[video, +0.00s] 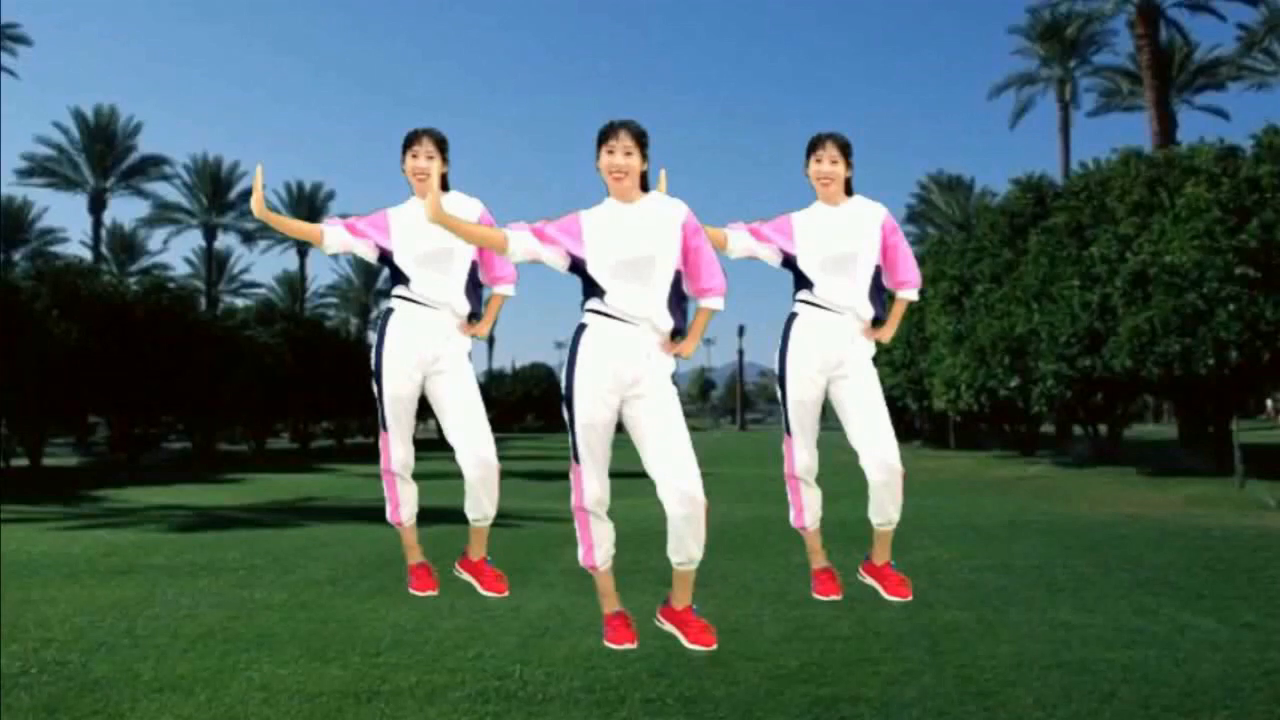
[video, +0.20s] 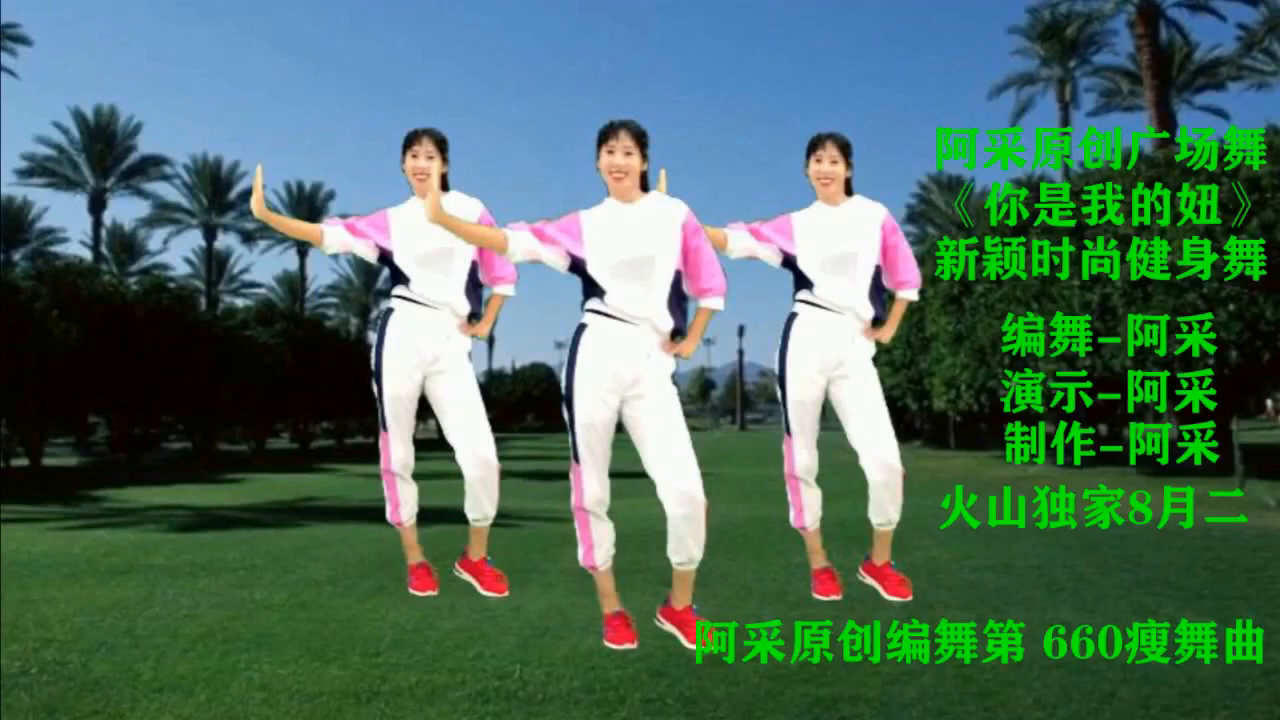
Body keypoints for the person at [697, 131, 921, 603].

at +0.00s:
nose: (825, 168)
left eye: (833, 161)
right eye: (818, 161)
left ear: (848, 169)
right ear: (807, 170)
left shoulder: (876, 217)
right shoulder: (797, 223)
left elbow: (908, 277)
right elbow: (734, 238)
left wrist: (889, 328)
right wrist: (682, 224)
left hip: (856, 340)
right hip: (807, 336)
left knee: (885, 461)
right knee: (802, 459)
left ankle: (879, 562)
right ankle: (819, 565)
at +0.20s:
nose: (825, 168)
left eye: (833, 161)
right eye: (818, 161)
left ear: (848, 169)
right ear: (807, 171)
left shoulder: (876, 217)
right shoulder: (797, 223)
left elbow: (907, 277)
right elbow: (734, 238)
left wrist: (888, 329)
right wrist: (682, 225)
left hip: (856, 341)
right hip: (806, 337)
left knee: (885, 462)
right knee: (802, 460)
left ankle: (879, 562)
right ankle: (819, 565)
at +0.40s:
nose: (825, 168)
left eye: (833, 161)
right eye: (818, 161)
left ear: (848, 169)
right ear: (807, 170)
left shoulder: (875, 217)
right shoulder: (797, 223)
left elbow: (907, 277)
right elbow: (734, 238)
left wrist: (888, 329)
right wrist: (682, 224)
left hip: (855, 340)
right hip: (807, 336)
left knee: (885, 459)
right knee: (802, 458)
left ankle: (879, 562)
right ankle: (819, 565)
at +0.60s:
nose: (825, 168)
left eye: (833, 161)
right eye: (818, 161)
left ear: (848, 169)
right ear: (807, 170)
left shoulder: (875, 217)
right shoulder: (797, 223)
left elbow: (907, 277)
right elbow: (734, 238)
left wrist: (888, 329)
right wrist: (682, 224)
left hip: (855, 340)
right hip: (807, 336)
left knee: (886, 459)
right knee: (802, 458)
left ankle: (879, 562)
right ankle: (819, 565)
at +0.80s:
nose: (825, 168)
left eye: (833, 161)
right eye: (818, 161)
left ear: (848, 169)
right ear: (807, 171)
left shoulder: (875, 217)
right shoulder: (797, 223)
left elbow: (907, 277)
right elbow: (734, 238)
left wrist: (888, 330)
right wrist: (682, 224)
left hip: (855, 340)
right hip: (807, 336)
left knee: (885, 458)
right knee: (802, 458)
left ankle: (879, 562)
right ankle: (819, 565)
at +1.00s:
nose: (825, 168)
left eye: (833, 161)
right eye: (818, 161)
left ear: (848, 169)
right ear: (807, 171)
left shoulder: (875, 217)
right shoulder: (797, 223)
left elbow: (907, 277)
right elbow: (734, 238)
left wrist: (888, 329)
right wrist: (682, 224)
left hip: (855, 340)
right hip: (806, 335)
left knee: (885, 458)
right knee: (802, 458)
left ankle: (879, 562)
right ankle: (819, 565)